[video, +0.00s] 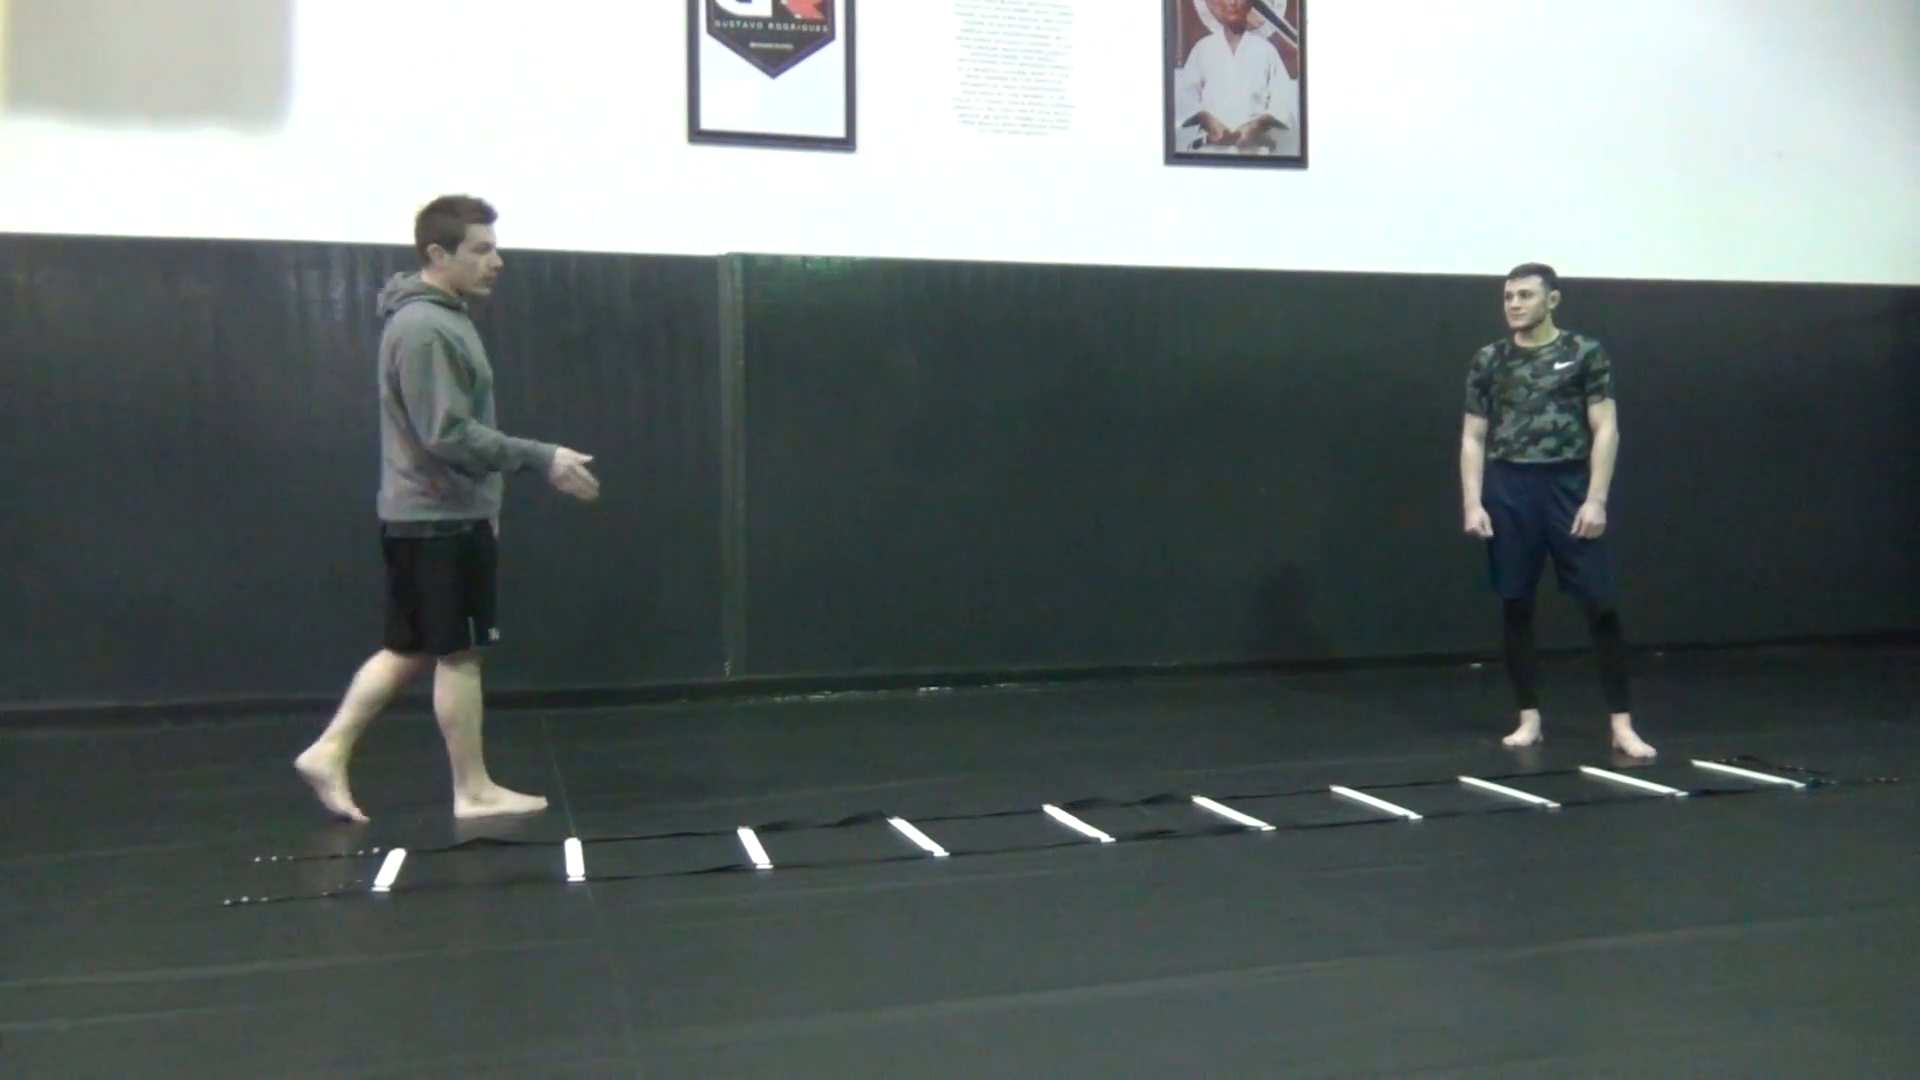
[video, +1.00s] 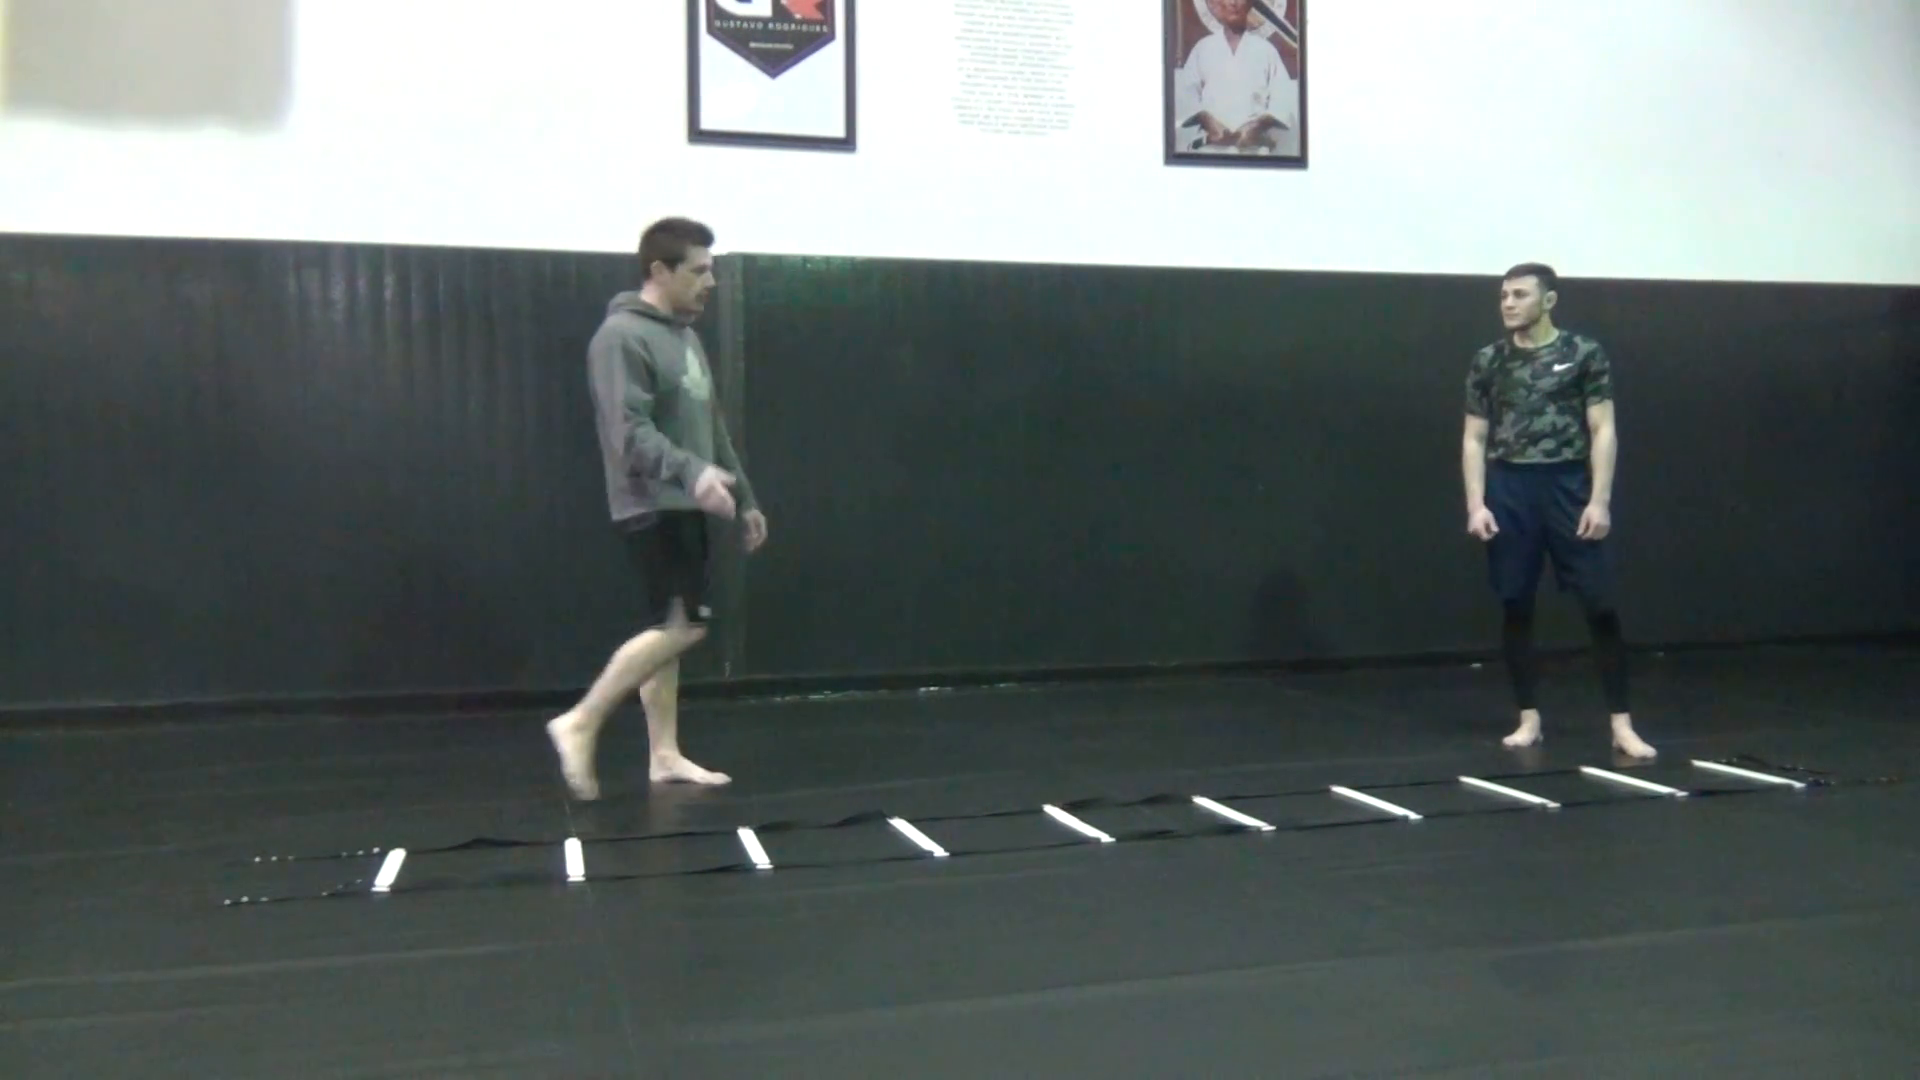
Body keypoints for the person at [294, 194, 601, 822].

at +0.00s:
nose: (495, 262)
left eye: (495, 250)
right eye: (482, 251)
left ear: (444, 255)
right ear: (438, 254)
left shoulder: (439, 319)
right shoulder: (421, 327)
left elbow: (450, 430)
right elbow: (447, 434)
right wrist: (541, 457)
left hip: (433, 517)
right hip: (439, 521)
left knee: (408, 650)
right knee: (459, 655)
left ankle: (327, 755)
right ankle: (474, 791)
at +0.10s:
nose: (516, 262)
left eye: (515, 250)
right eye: (503, 250)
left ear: (461, 256)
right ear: (459, 254)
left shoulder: (462, 319)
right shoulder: (445, 329)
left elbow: (478, 425)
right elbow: (476, 431)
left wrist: (501, 506)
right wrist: (573, 445)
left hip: (468, 514)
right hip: (456, 518)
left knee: (455, 643)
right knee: (469, 650)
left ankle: (372, 736)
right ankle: (474, 791)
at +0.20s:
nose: (534, 262)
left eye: (533, 250)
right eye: (521, 251)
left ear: (486, 255)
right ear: (476, 255)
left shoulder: (484, 318)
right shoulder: (460, 327)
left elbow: (506, 418)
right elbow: (491, 426)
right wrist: (586, 424)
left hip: (500, 511)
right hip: (476, 515)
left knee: (514, 625)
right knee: (485, 642)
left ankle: (436, 737)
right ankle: (474, 789)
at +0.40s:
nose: (568, 267)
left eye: (567, 255)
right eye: (556, 255)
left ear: (529, 260)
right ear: (512, 258)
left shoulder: (533, 324)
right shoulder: (485, 328)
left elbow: (548, 428)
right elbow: (506, 423)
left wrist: (568, 501)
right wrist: (593, 389)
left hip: (545, 510)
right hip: (506, 513)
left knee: (573, 622)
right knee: (500, 645)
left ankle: (571, 752)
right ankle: (474, 789)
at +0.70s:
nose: (631, 281)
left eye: (633, 270)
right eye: (619, 269)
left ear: (598, 273)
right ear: (578, 270)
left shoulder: (612, 337)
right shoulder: (541, 337)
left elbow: (628, 435)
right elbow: (559, 424)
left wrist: (658, 500)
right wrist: (632, 378)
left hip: (618, 515)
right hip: (567, 518)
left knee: (633, 638)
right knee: (538, 644)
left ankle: (662, 758)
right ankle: (479, 776)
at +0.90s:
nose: (685, 281)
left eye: (686, 270)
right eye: (675, 270)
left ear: (654, 272)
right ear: (634, 269)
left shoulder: (666, 334)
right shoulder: (593, 333)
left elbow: (681, 426)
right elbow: (604, 422)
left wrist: (715, 495)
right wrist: (687, 432)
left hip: (666, 503)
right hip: (621, 506)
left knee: (656, 633)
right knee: (627, 631)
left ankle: (664, 756)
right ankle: (529, 740)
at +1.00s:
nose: (710, 282)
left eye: (710, 270)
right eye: (700, 270)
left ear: (675, 273)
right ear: (658, 270)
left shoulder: (685, 338)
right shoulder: (619, 336)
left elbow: (713, 431)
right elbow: (629, 433)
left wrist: (743, 502)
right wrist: (692, 473)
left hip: (688, 501)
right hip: (650, 505)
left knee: (672, 628)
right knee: (686, 622)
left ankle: (665, 756)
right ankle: (577, 724)